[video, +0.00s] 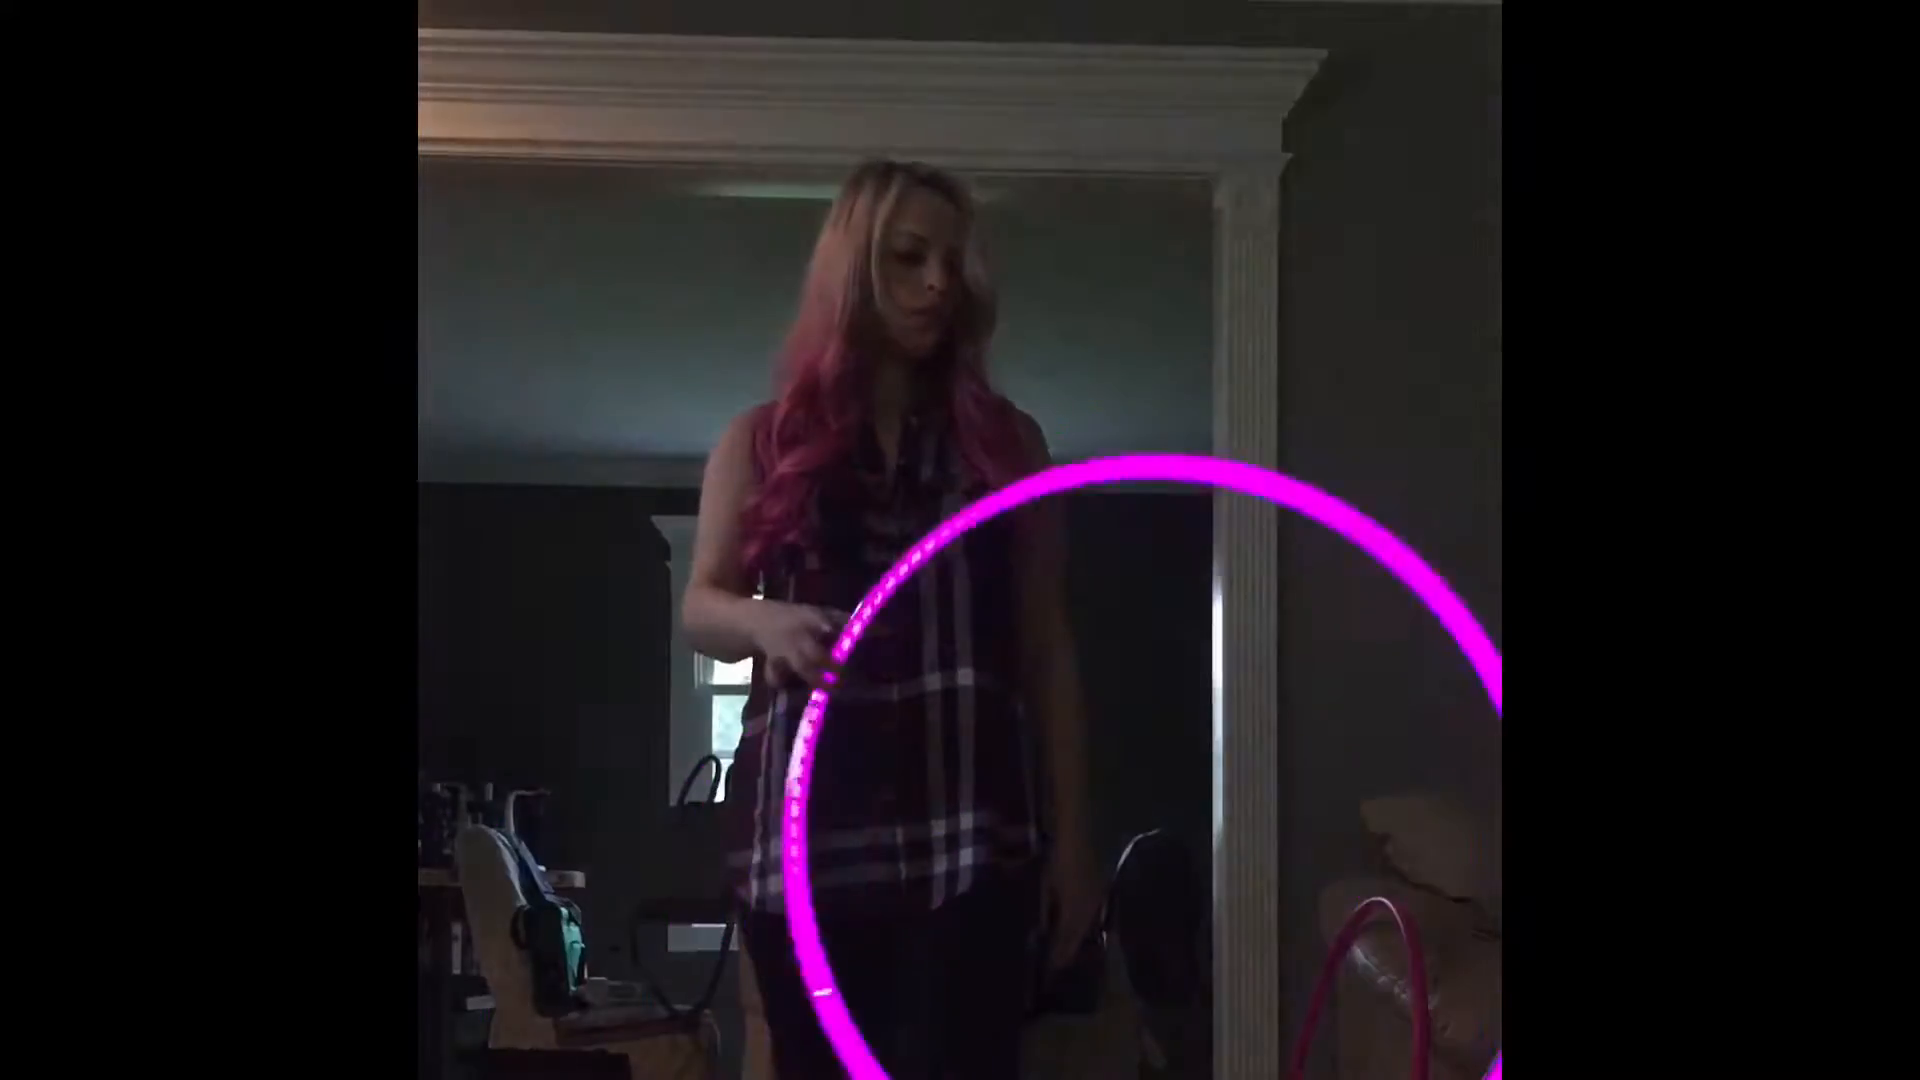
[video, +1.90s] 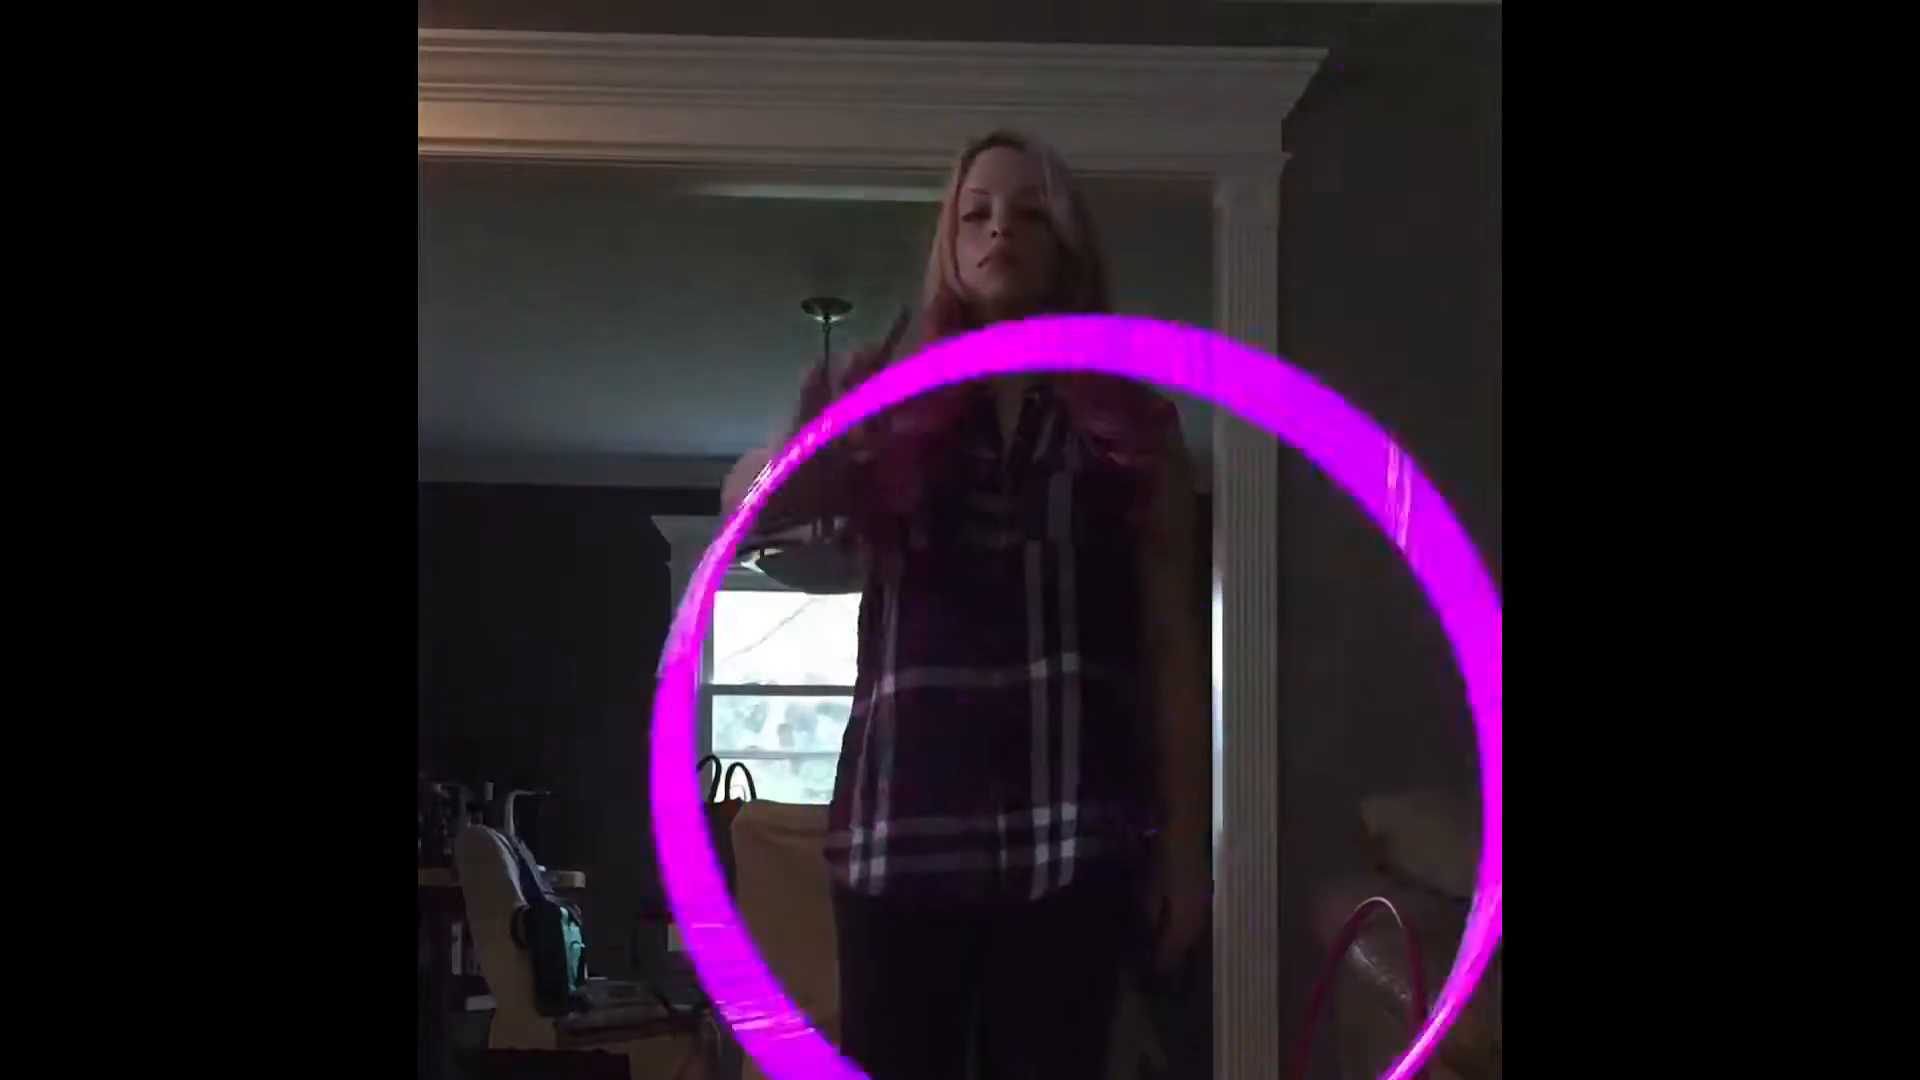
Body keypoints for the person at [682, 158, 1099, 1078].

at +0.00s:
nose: (939, 283)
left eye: (955, 260)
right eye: (910, 256)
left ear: (973, 274)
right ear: (851, 267)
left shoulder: (1006, 440)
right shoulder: (763, 442)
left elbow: (1047, 648)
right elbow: (700, 610)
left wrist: (1070, 840)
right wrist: (766, 623)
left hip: (975, 835)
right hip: (814, 840)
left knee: (973, 1059)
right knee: (828, 1064)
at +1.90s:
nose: (1001, 227)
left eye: (1029, 209)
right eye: (977, 213)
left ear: (1070, 240)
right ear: (944, 245)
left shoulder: (1128, 404)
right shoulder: (875, 384)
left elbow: (1172, 631)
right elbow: (768, 525)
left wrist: (1185, 839)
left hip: (1080, 833)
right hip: (905, 836)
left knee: (1054, 1065)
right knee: (901, 1066)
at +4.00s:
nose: (943, 298)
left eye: (961, 280)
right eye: (942, 280)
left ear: (1019, 290)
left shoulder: (1053, 415)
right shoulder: (1041, 412)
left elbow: (912, 572)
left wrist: (743, 715)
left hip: (1045, 842)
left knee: (977, 1053)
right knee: (990, 1051)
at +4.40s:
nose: (1037, 262)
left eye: (1056, 239)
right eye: (1043, 239)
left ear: (1116, 248)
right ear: (1159, 256)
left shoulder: (1115, 356)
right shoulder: (1199, 387)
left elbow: (876, 247)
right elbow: (1271, 601)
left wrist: (692, 128)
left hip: (1135, 845)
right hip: (1198, 840)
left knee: (1046, 1060)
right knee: (1155, 1062)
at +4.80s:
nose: (1109, 259)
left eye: (1130, 236)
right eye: (1118, 234)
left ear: (1193, 248)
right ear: (1246, 250)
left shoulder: (1151, 359)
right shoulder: (1312, 393)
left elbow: (928, 469)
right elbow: (1349, 611)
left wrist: (740, 533)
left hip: (1176, 826)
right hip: (1296, 832)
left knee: (1134, 1052)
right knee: (1208, 1054)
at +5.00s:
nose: (1084, 248)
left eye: (1102, 223)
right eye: (1090, 224)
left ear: (1161, 230)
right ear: (1240, 235)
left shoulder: (1099, 350)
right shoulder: (1304, 382)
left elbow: (899, 449)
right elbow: (1346, 626)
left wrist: (750, 494)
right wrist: (1343, 866)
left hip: (1156, 814)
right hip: (1302, 813)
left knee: (1121, 1052)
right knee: (1186, 1046)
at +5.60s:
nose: (973, 267)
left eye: (984, 245)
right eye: (976, 246)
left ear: (1028, 261)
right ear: (1116, 263)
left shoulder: (1031, 414)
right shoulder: (1169, 434)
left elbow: (808, 469)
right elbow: (1197, 660)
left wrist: (708, 297)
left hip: (1030, 873)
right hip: (1149, 864)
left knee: (988, 1058)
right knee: (1114, 1059)